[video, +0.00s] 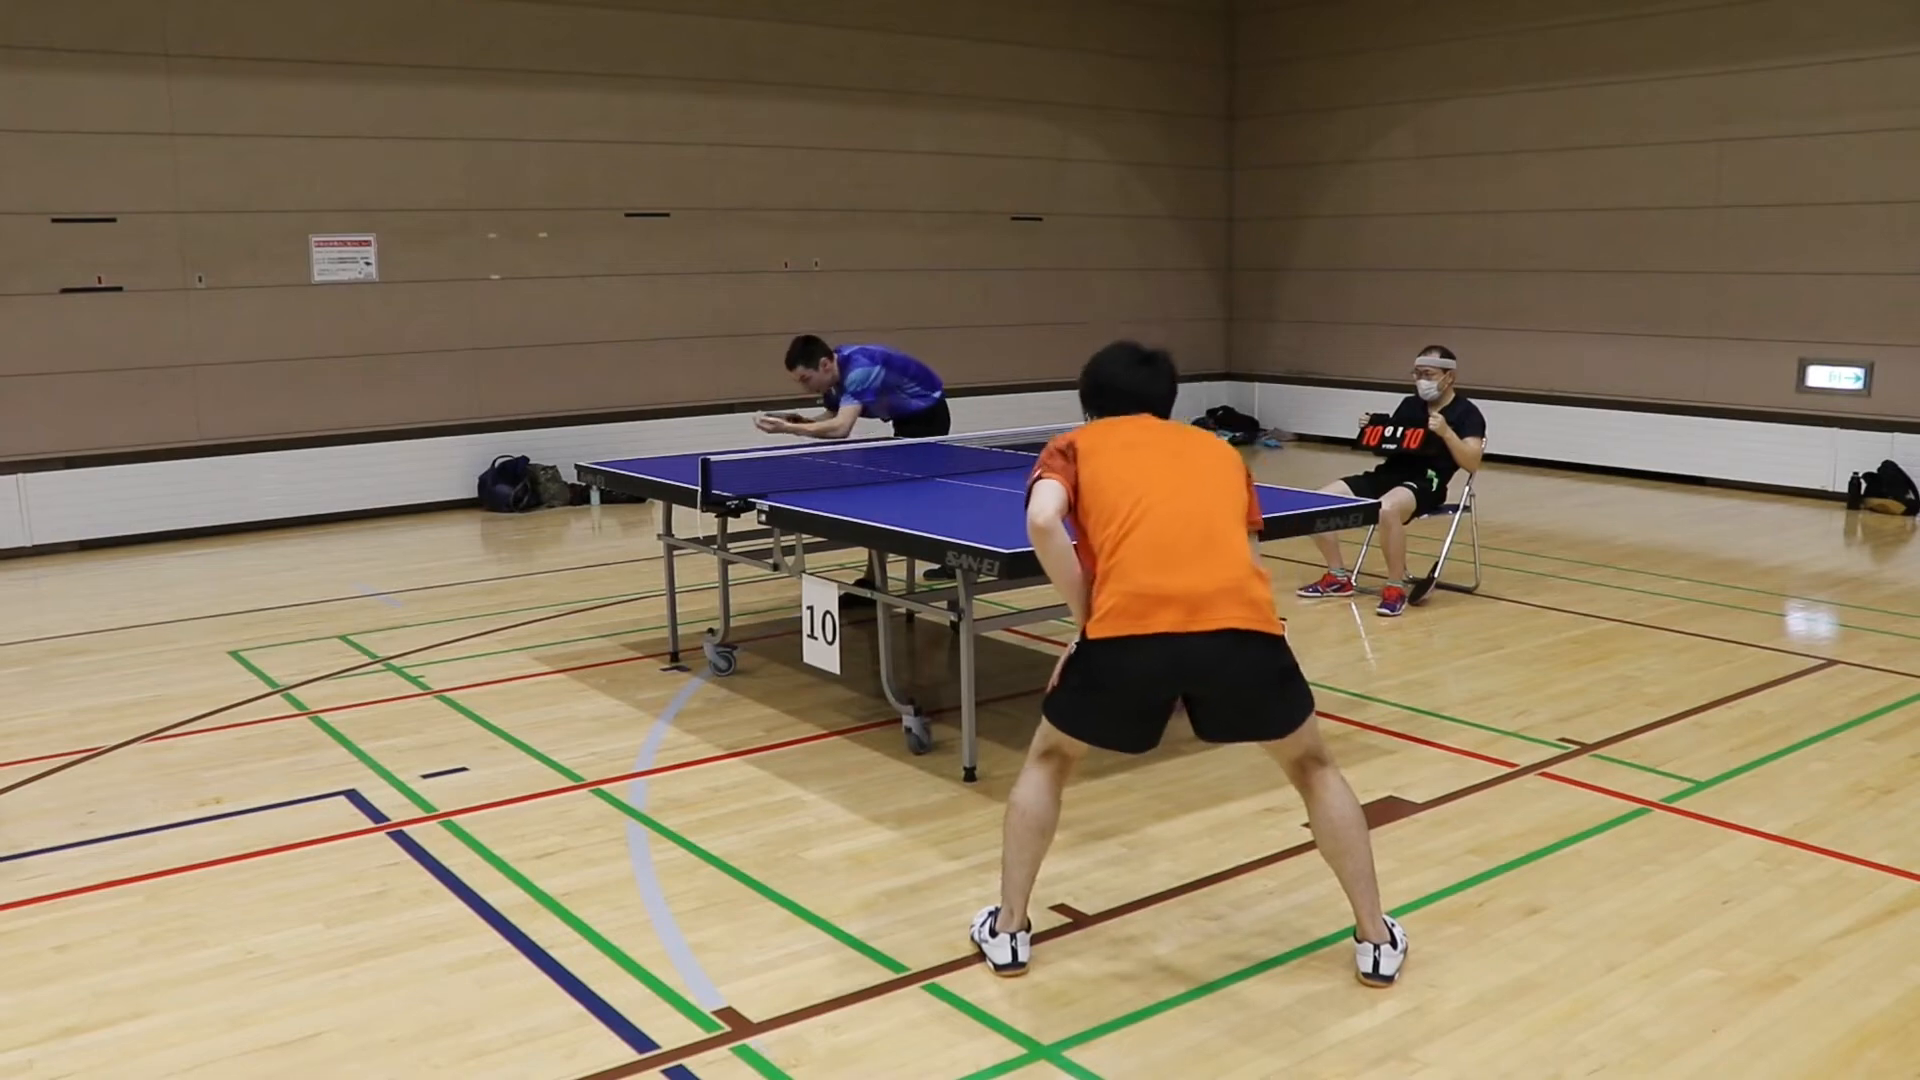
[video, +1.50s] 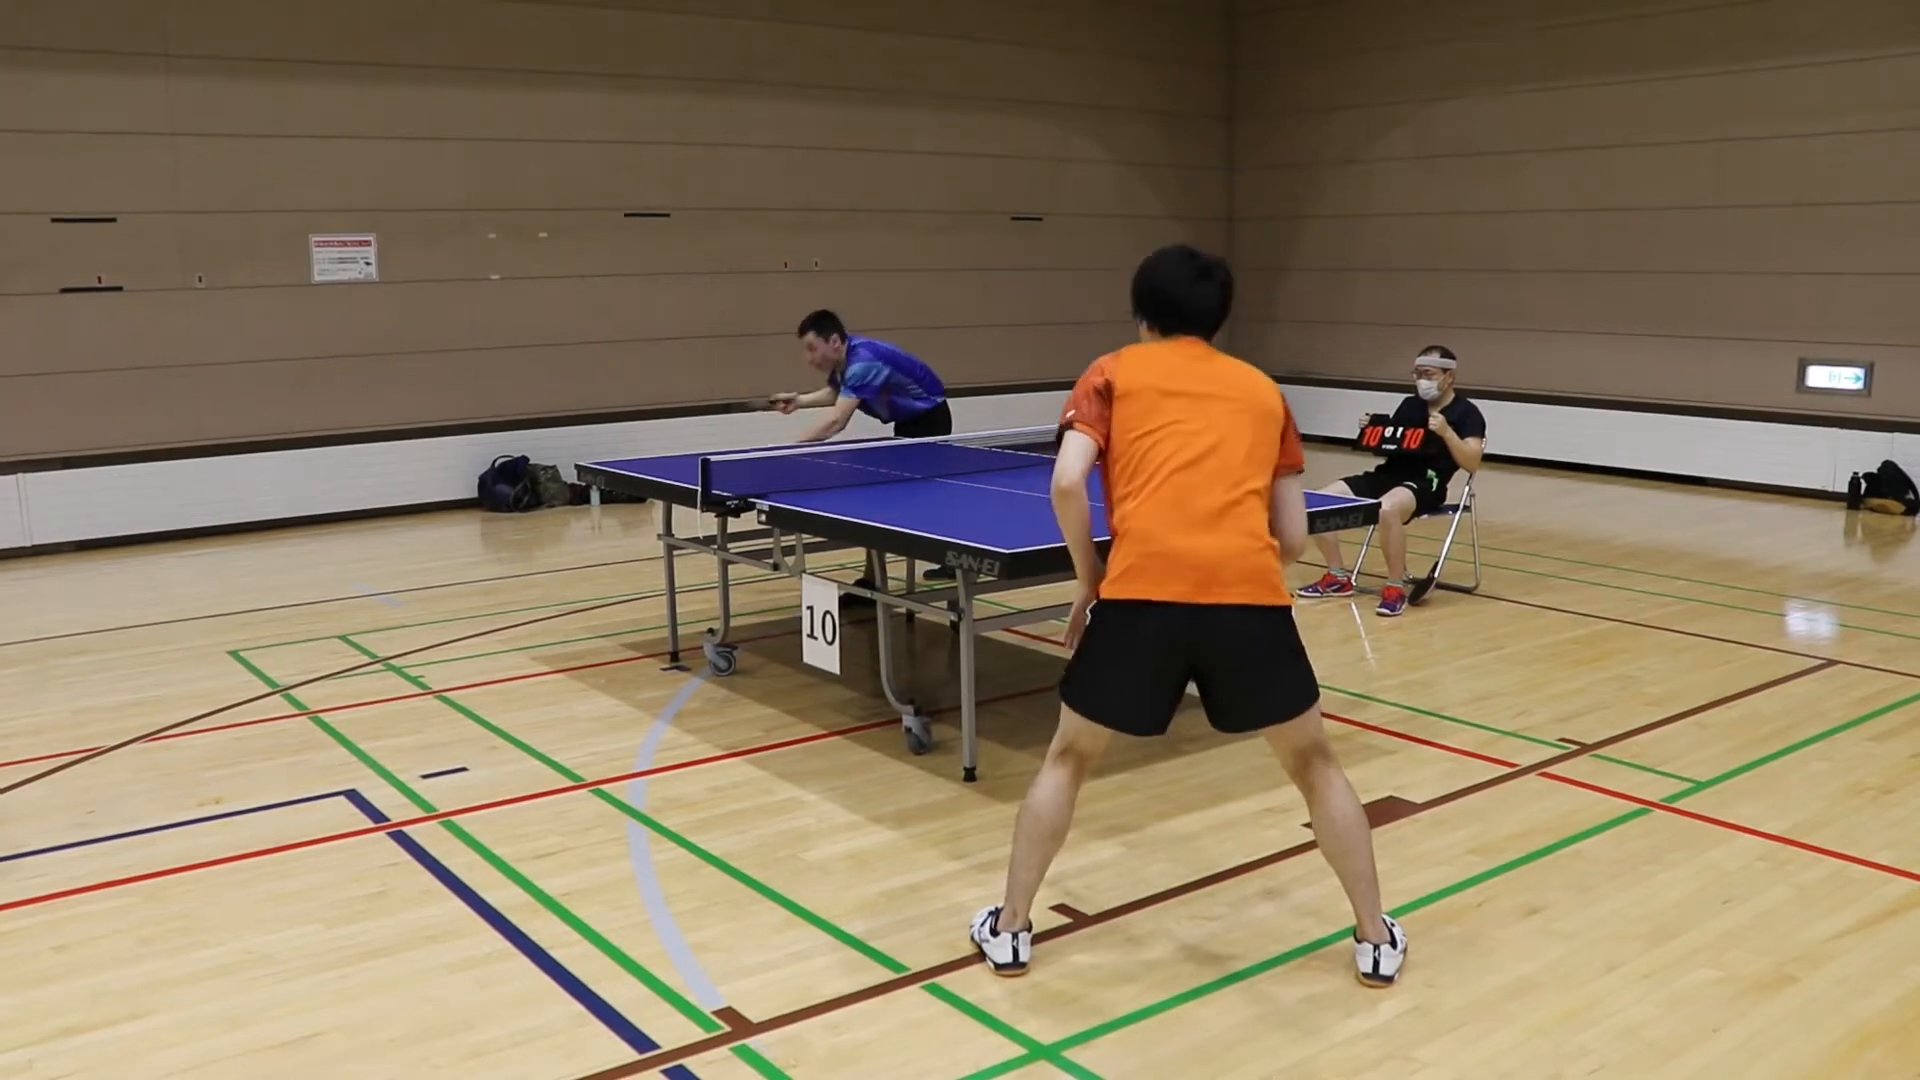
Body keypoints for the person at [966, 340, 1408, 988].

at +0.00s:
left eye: (1085, 404)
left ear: (1091, 403)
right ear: (1169, 403)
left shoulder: (1074, 445)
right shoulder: (1221, 450)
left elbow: (1043, 520)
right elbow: (1245, 543)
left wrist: (1089, 616)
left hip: (1125, 644)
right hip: (1242, 642)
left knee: (1050, 760)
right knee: (1313, 767)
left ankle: (1009, 927)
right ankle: (1376, 937)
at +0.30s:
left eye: (1095, 380)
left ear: (1100, 381)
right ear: (1178, 382)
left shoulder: (1081, 429)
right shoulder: (1230, 433)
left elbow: (1049, 511)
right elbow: (1253, 548)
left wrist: (1091, 612)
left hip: (1131, 634)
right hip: (1246, 632)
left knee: (1053, 758)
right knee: (1316, 766)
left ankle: (1009, 928)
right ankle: (1378, 938)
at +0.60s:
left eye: (1101, 373)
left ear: (1106, 375)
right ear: (1185, 377)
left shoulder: (1087, 424)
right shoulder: (1236, 429)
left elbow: (1055, 507)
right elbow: (1260, 545)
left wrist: (1096, 608)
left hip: (1136, 628)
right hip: (1251, 627)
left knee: (1057, 761)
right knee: (1317, 765)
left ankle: (1009, 929)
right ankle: (1378, 938)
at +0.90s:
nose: (1101, 373)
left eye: (1106, 363)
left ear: (1115, 364)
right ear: (1192, 365)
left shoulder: (1094, 412)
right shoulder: (1242, 421)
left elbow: (1059, 502)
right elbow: (1267, 546)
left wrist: (1096, 605)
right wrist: (1253, 621)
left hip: (1139, 622)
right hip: (1253, 621)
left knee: (1060, 760)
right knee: (1318, 765)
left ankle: (1009, 928)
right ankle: (1377, 937)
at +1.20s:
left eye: (1115, 345)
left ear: (1122, 345)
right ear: (1199, 346)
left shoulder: (1098, 399)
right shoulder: (1247, 408)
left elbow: (1062, 495)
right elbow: (1275, 541)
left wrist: (1095, 600)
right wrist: (1252, 609)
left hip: (1140, 613)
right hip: (1252, 613)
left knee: (1065, 761)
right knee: (1317, 765)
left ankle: (1009, 928)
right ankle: (1378, 938)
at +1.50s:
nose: (1136, 324)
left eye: (1137, 312)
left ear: (1143, 314)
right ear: (1220, 316)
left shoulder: (1114, 372)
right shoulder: (1262, 390)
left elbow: (1066, 483)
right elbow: (1292, 537)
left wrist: (1088, 581)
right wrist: (1222, 567)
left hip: (1140, 601)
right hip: (1249, 607)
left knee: (1069, 758)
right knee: (1313, 761)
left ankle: (1011, 928)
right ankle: (1377, 937)